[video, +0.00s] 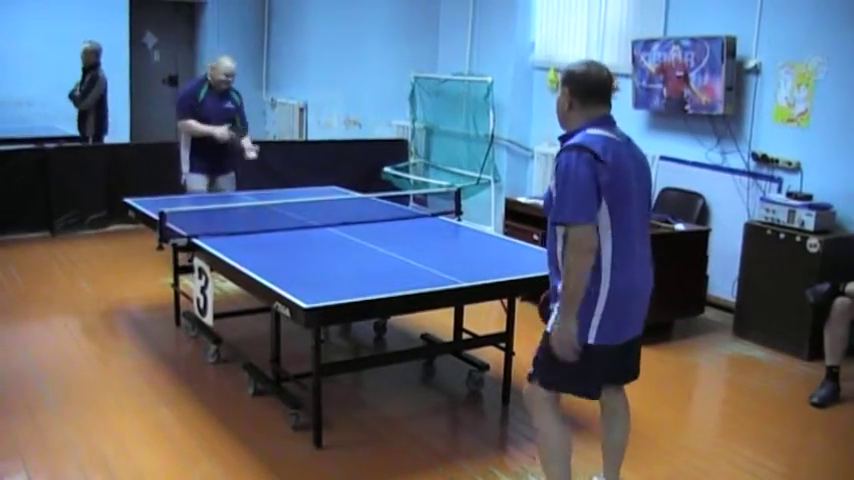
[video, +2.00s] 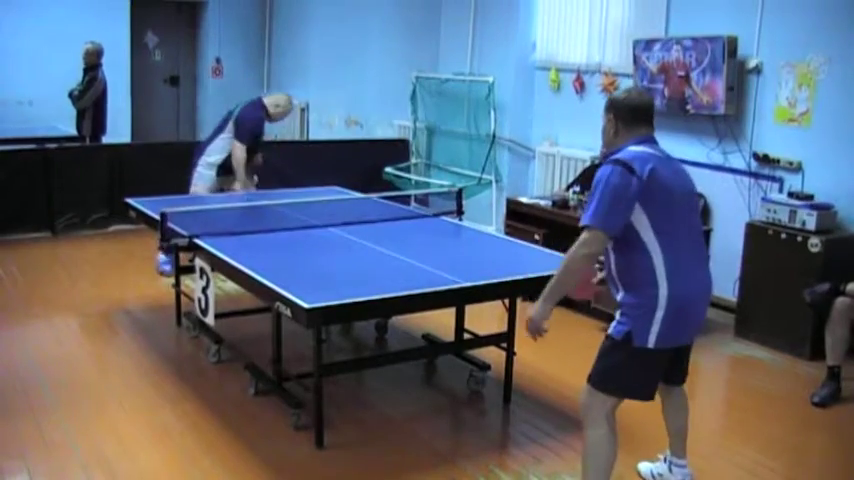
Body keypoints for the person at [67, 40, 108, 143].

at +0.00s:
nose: (84, 58)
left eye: (88, 54)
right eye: (83, 54)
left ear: (96, 56)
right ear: (82, 55)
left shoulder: (97, 77)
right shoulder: (86, 75)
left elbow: (85, 103)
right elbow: (74, 92)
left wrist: (75, 94)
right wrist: (78, 97)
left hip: (95, 128)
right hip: (85, 127)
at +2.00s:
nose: (84, 57)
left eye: (88, 54)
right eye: (84, 53)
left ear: (97, 57)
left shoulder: (96, 77)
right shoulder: (88, 74)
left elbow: (81, 103)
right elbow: (76, 89)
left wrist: (74, 92)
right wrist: (77, 94)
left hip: (92, 129)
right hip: (85, 128)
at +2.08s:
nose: (85, 57)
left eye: (89, 53)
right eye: (85, 53)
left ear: (97, 56)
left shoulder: (96, 76)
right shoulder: (88, 73)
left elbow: (81, 102)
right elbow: (78, 88)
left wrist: (74, 92)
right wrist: (77, 93)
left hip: (92, 128)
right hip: (85, 126)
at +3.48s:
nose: (84, 56)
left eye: (88, 53)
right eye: (84, 53)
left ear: (96, 56)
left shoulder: (96, 76)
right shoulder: (88, 73)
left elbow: (81, 102)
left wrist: (74, 92)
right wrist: (76, 93)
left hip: (92, 128)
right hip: (85, 127)